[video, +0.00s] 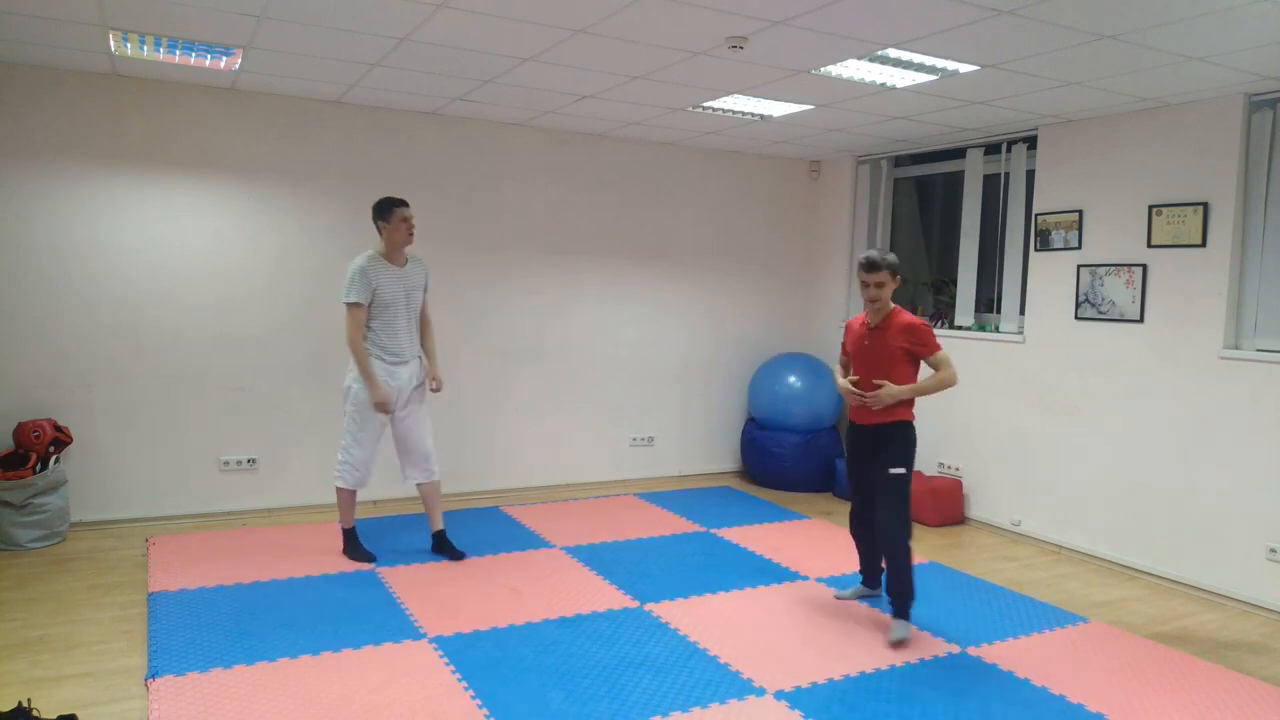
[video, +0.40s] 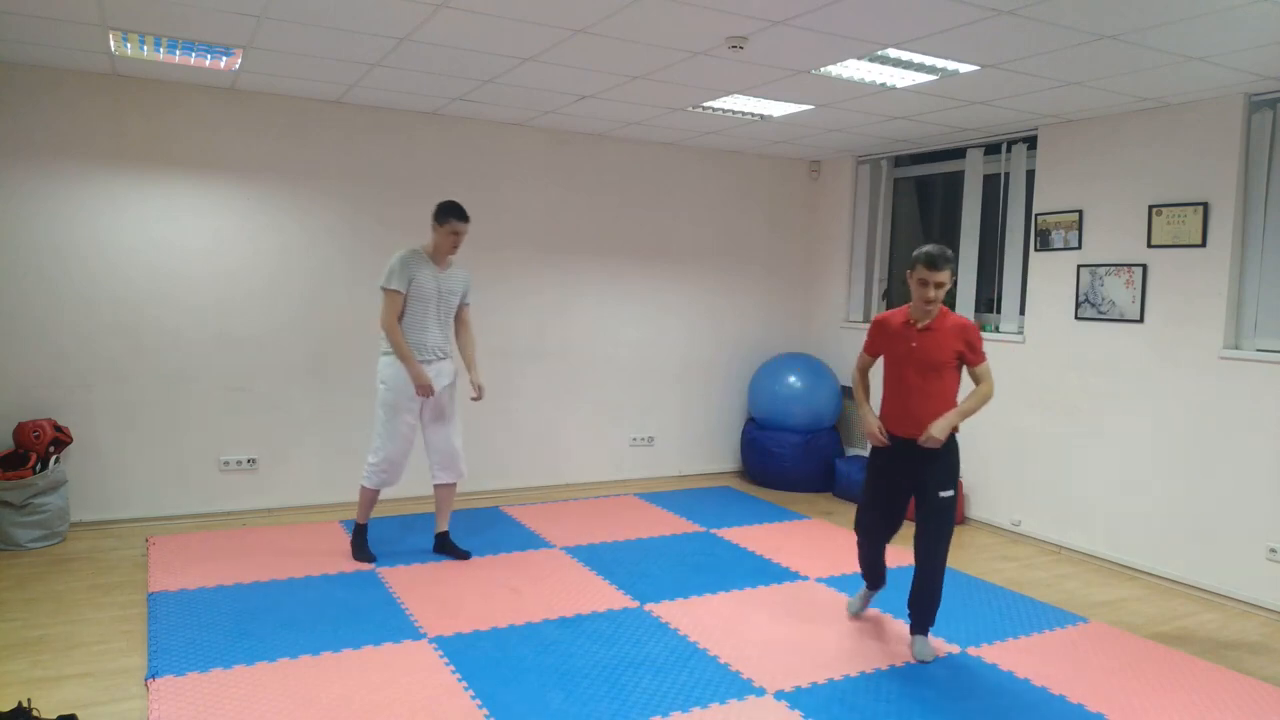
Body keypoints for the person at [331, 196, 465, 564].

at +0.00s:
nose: (412, 226)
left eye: (412, 220)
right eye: (405, 221)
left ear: (408, 226)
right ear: (383, 226)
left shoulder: (418, 269)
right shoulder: (364, 269)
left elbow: (423, 320)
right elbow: (354, 336)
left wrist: (432, 364)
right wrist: (373, 384)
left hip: (410, 372)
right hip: (371, 374)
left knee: (422, 453)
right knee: (356, 456)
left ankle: (438, 534)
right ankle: (349, 537)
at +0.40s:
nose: (458, 241)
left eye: (463, 235)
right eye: (453, 233)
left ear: (465, 236)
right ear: (435, 228)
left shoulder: (460, 275)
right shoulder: (406, 264)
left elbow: (463, 327)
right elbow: (388, 322)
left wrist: (472, 372)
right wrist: (415, 370)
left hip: (442, 371)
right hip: (401, 371)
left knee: (447, 452)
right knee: (388, 454)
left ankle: (442, 535)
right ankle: (360, 532)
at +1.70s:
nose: (481, 242)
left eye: (485, 235)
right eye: (473, 237)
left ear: (491, 229)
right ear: (455, 233)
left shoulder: (503, 266)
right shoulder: (441, 273)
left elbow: (512, 321)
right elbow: (433, 339)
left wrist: (524, 370)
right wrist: (449, 393)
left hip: (502, 378)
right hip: (462, 379)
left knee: (508, 467)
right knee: (451, 468)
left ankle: (476, 526)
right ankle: (454, 552)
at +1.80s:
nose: (486, 243)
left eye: (491, 236)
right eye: (479, 237)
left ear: (496, 230)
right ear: (461, 232)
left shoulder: (507, 266)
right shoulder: (446, 273)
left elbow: (515, 321)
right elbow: (438, 341)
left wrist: (528, 371)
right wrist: (450, 396)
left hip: (507, 377)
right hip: (467, 379)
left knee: (524, 463)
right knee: (455, 467)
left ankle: (505, 537)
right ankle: (456, 553)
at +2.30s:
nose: (554, 244)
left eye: (559, 238)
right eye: (547, 237)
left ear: (564, 237)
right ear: (530, 233)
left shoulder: (569, 277)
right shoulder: (507, 270)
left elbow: (570, 335)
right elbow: (483, 331)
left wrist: (577, 389)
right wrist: (479, 390)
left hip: (556, 385)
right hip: (511, 384)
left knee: (575, 472)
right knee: (491, 471)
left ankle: (569, 564)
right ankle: (464, 557)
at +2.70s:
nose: (609, 241)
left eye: (615, 234)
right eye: (603, 233)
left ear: (619, 234)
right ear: (586, 229)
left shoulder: (621, 278)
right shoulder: (560, 266)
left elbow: (634, 336)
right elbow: (535, 324)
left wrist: (652, 390)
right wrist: (544, 378)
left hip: (595, 383)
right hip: (557, 381)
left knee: (590, 474)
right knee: (555, 474)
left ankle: (570, 564)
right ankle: (539, 564)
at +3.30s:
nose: (675, 243)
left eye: (678, 236)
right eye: (668, 236)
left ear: (678, 235)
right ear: (646, 233)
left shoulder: (670, 272)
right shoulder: (629, 280)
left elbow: (675, 339)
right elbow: (618, 351)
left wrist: (689, 392)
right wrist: (623, 414)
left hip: (672, 389)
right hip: (644, 389)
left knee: (672, 485)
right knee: (648, 488)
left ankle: (603, 543)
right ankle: (643, 585)